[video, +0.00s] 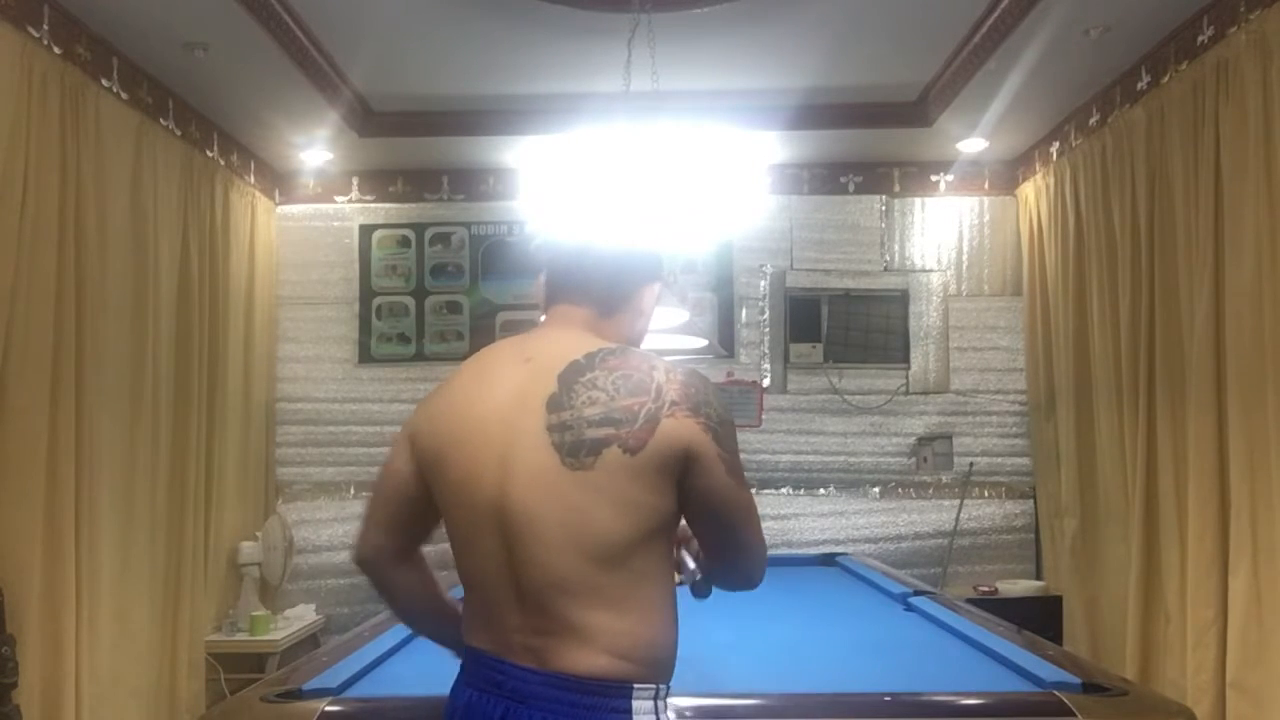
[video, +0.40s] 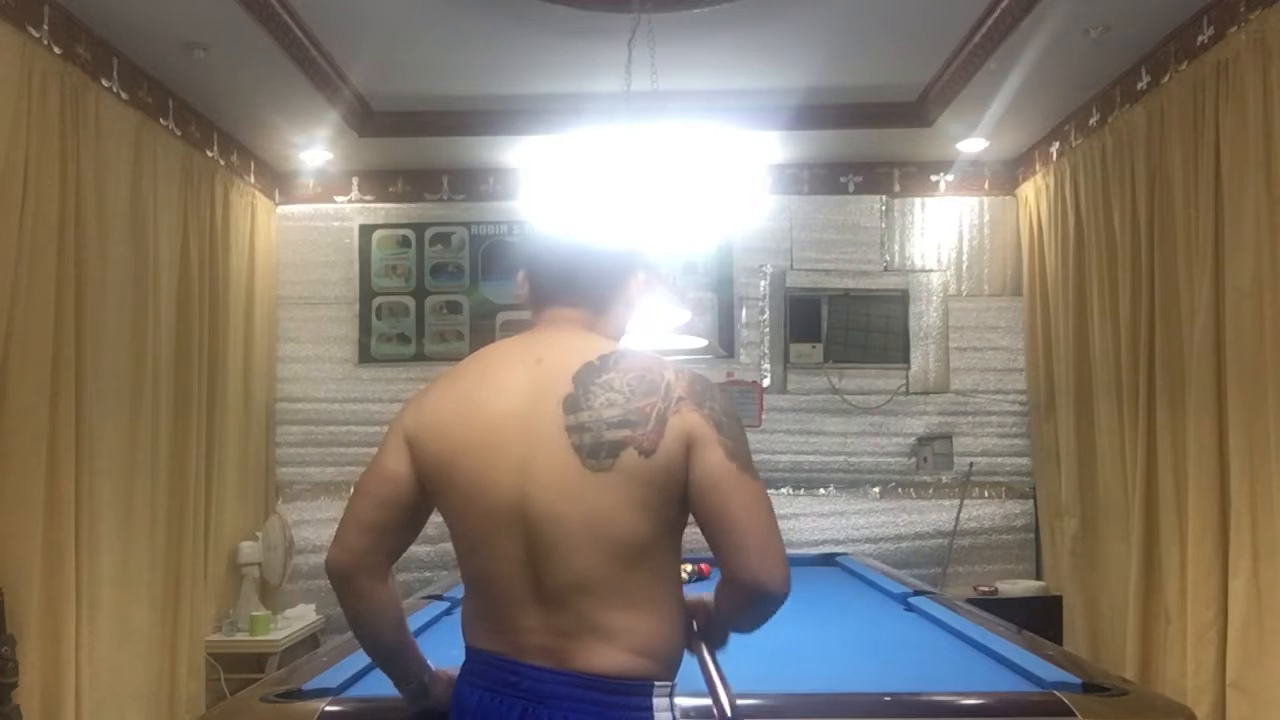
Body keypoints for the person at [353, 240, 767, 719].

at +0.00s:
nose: (655, 309)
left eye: (658, 293)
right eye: (656, 292)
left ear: (546, 287)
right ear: (642, 293)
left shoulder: (456, 391)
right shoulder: (674, 396)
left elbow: (381, 549)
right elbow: (743, 569)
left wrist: (462, 637)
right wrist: (690, 545)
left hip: (480, 697)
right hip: (611, 703)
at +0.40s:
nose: (642, 292)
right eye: (642, 280)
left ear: (526, 285)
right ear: (632, 284)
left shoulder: (442, 398)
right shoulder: (677, 396)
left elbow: (353, 563)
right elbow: (763, 577)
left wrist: (419, 684)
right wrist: (716, 617)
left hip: (485, 694)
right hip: (621, 699)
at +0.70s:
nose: (645, 297)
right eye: (645, 285)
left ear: (524, 289)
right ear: (632, 286)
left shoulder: (454, 400)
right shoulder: (674, 393)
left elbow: (376, 566)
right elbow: (757, 578)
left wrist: (462, 650)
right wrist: (711, 659)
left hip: (492, 699)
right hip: (635, 702)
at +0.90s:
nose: (650, 293)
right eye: (649, 280)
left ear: (524, 287)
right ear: (634, 282)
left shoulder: (456, 404)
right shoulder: (670, 390)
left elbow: (433, 582)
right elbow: (748, 581)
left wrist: (518, 622)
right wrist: (706, 659)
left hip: (491, 697)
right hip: (629, 704)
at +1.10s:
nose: (649, 293)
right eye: (647, 278)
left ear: (526, 288)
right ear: (635, 280)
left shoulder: (458, 402)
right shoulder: (659, 387)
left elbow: (452, 580)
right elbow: (745, 589)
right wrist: (756, 704)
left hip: (491, 694)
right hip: (623, 703)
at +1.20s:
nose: (653, 290)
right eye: (651, 276)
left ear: (527, 286)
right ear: (636, 279)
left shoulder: (457, 405)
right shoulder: (661, 389)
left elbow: (443, 567)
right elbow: (744, 588)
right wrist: (774, 708)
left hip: (491, 694)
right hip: (622, 704)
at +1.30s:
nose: (647, 297)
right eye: (648, 282)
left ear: (527, 287)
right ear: (636, 281)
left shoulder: (461, 397)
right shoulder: (664, 390)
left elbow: (428, 544)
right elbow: (747, 583)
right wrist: (799, 710)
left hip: (492, 695)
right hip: (621, 703)